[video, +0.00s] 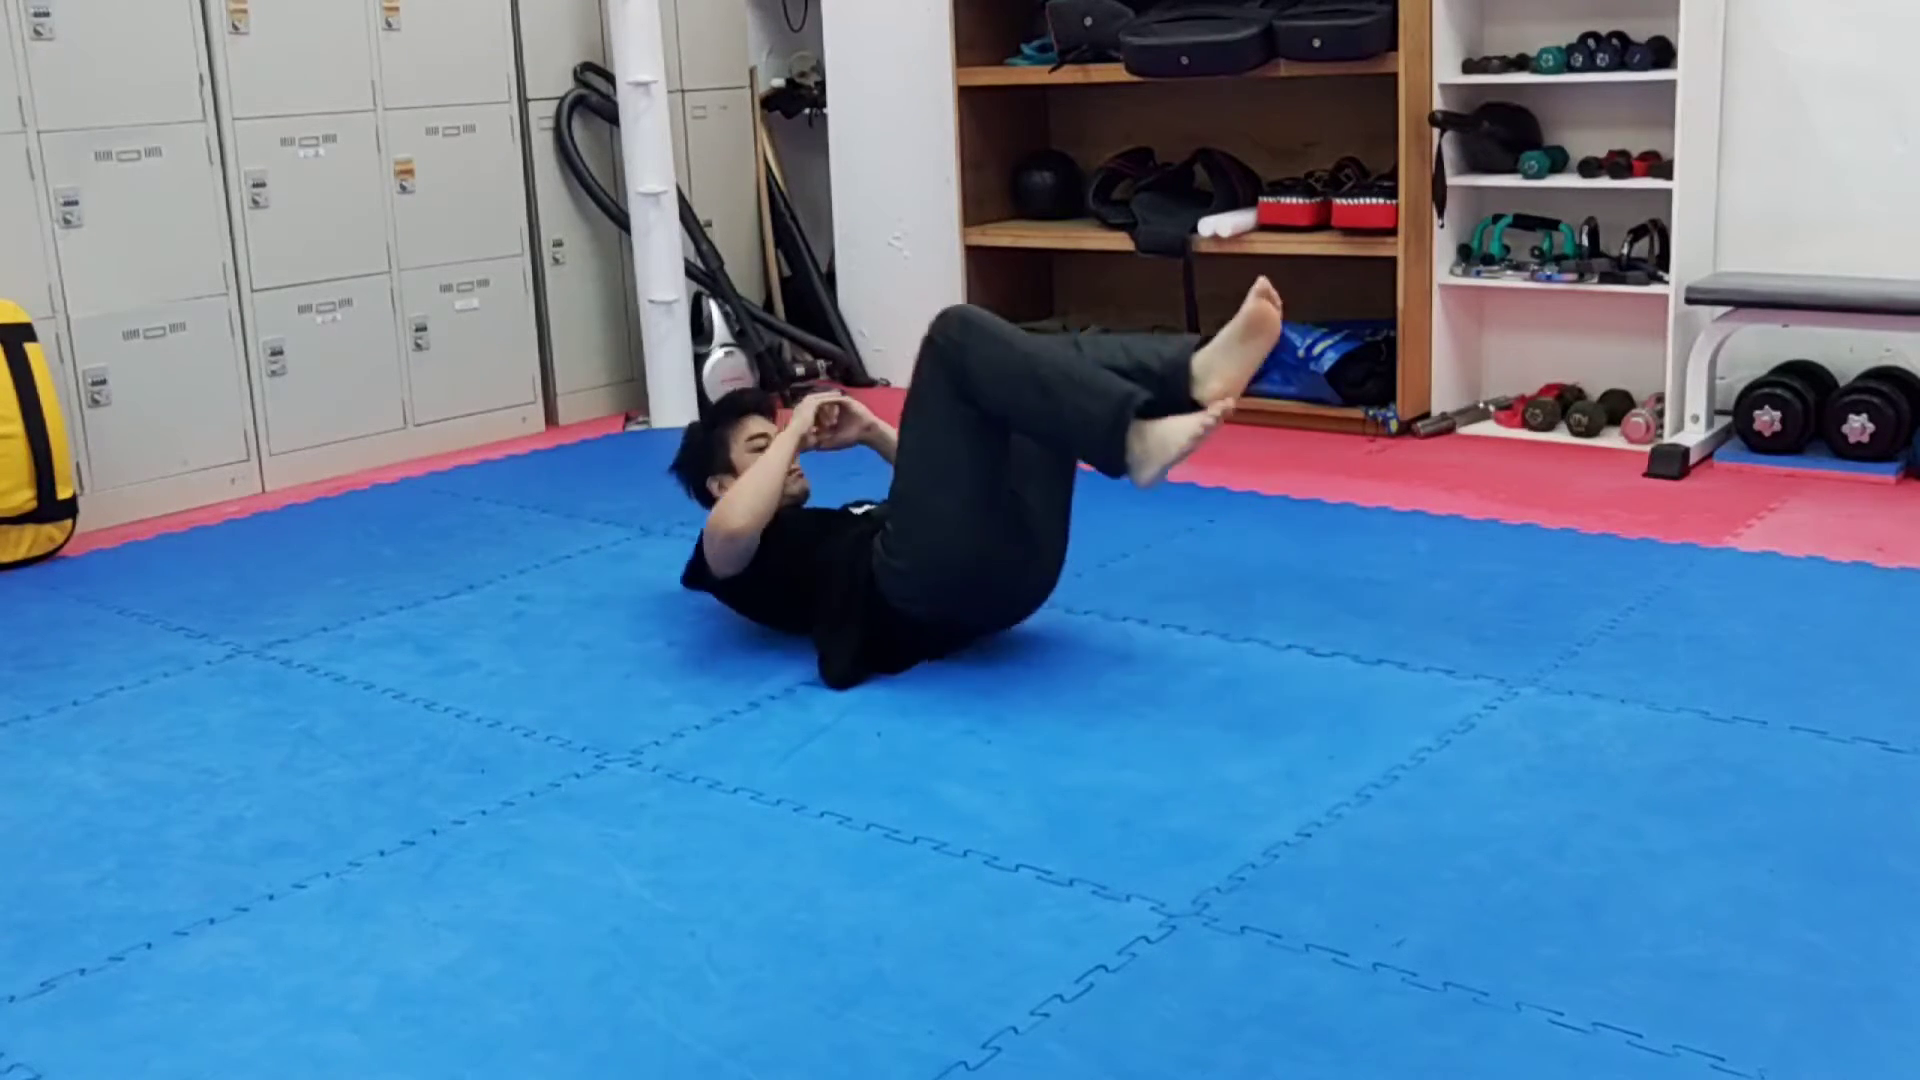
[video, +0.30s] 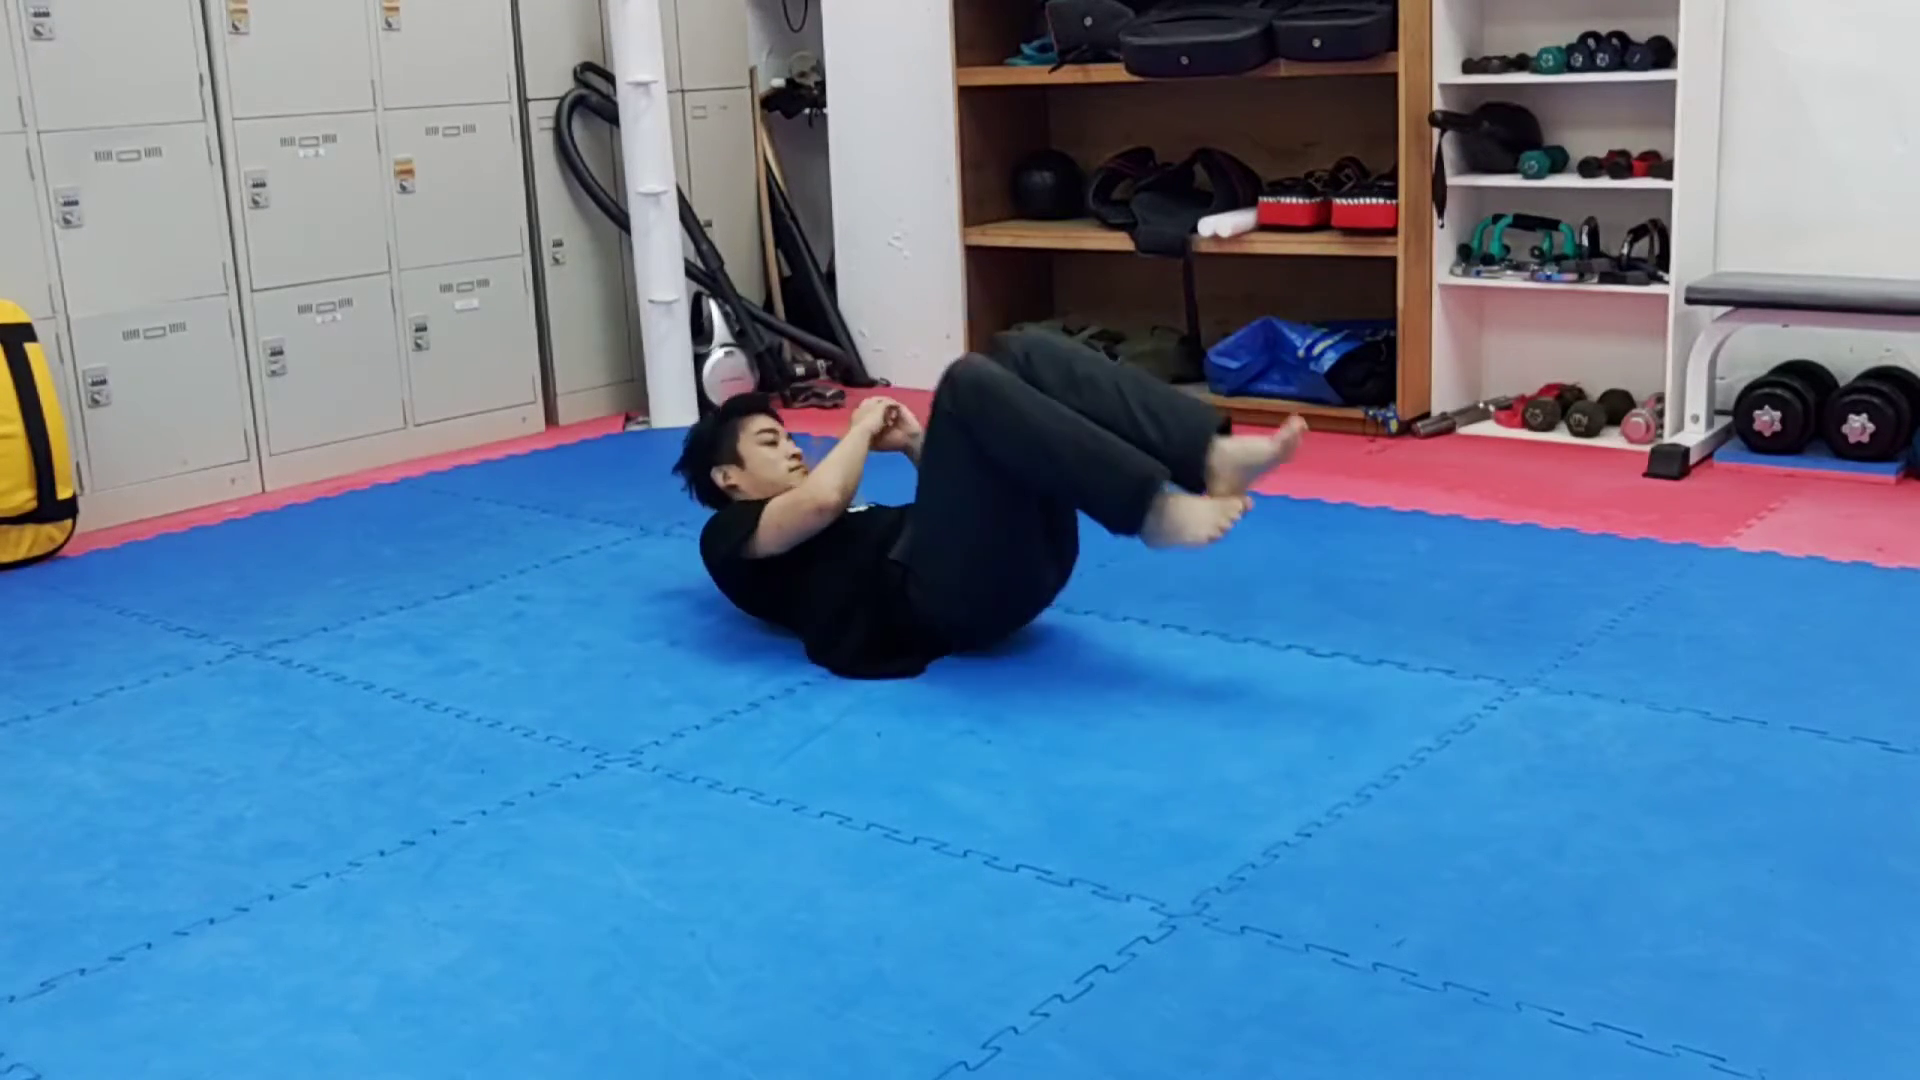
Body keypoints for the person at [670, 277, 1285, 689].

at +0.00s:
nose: (785, 456)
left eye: (788, 440)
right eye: (758, 448)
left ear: (800, 451)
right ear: (717, 485)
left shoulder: (836, 525)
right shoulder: (727, 557)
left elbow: (940, 486)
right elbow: (734, 523)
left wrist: (876, 436)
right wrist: (791, 438)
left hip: (1006, 572)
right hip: (930, 583)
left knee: (1033, 362)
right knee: (956, 336)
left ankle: (1194, 372)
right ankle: (1127, 441)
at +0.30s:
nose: (795, 453)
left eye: (792, 441)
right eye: (773, 445)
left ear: (793, 449)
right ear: (726, 477)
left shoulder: (819, 511)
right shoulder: (725, 538)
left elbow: (955, 486)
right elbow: (819, 505)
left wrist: (910, 448)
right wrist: (860, 431)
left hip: (1006, 569)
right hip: (947, 598)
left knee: (1025, 349)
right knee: (969, 386)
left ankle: (1207, 455)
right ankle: (1152, 509)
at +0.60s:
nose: (855, 383)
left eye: (853, 365)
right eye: (829, 373)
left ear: (860, 369)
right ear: (777, 400)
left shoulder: (911, 444)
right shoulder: (775, 487)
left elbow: (1032, 475)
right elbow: (830, 534)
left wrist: (968, 407)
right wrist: (890, 420)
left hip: (1052, 585)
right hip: (982, 616)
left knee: (1178, 433)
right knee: (1099, 431)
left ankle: (1323, 585)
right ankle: (1238, 612)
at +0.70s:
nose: (845, 376)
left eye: (845, 357)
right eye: (820, 374)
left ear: (858, 352)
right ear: (783, 399)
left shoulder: (919, 411)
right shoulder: (791, 486)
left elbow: (1034, 433)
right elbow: (827, 556)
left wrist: (951, 391)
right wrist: (877, 431)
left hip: (1059, 581)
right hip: (987, 611)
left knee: (1194, 434)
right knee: (1122, 437)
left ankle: (1342, 583)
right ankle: (1258, 618)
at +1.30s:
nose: (776, 452)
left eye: (772, 434)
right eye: (748, 457)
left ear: (785, 432)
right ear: (726, 502)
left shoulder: (870, 458)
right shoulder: (765, 578)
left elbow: (957, 422)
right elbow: (803, 565)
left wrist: (842, 402)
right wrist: (779, 453)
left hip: (1034, 518)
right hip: (972, 573)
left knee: (1017, 321)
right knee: (967, 360)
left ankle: (1218, 327)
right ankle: (1167, 433)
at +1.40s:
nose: (794, 447)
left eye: (791, 431)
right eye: (767, 450)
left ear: (805, 436)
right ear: (741, 496)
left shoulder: (881, 475)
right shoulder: (769, 570)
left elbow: (971, 447)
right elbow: (822, 533)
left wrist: (877, 405)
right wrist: (812, 431)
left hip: (1035, 522)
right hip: (991, 571)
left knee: (1018, 318)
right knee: (975, 375)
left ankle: (1222, 356)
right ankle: (1177, 437)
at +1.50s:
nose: (819, 435)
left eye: (816, 425)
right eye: (792, 435)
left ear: (827, 436)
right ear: (761, 481)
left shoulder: (885, 485)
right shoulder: (776, 550)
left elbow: (990, 477)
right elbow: (848, 523)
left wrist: (925, 423)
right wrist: (856, 422)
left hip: (1054, 539)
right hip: (1007, 584)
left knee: (1047, 346)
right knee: (997, 403)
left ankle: (1244, 419)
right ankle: (1210, 481)